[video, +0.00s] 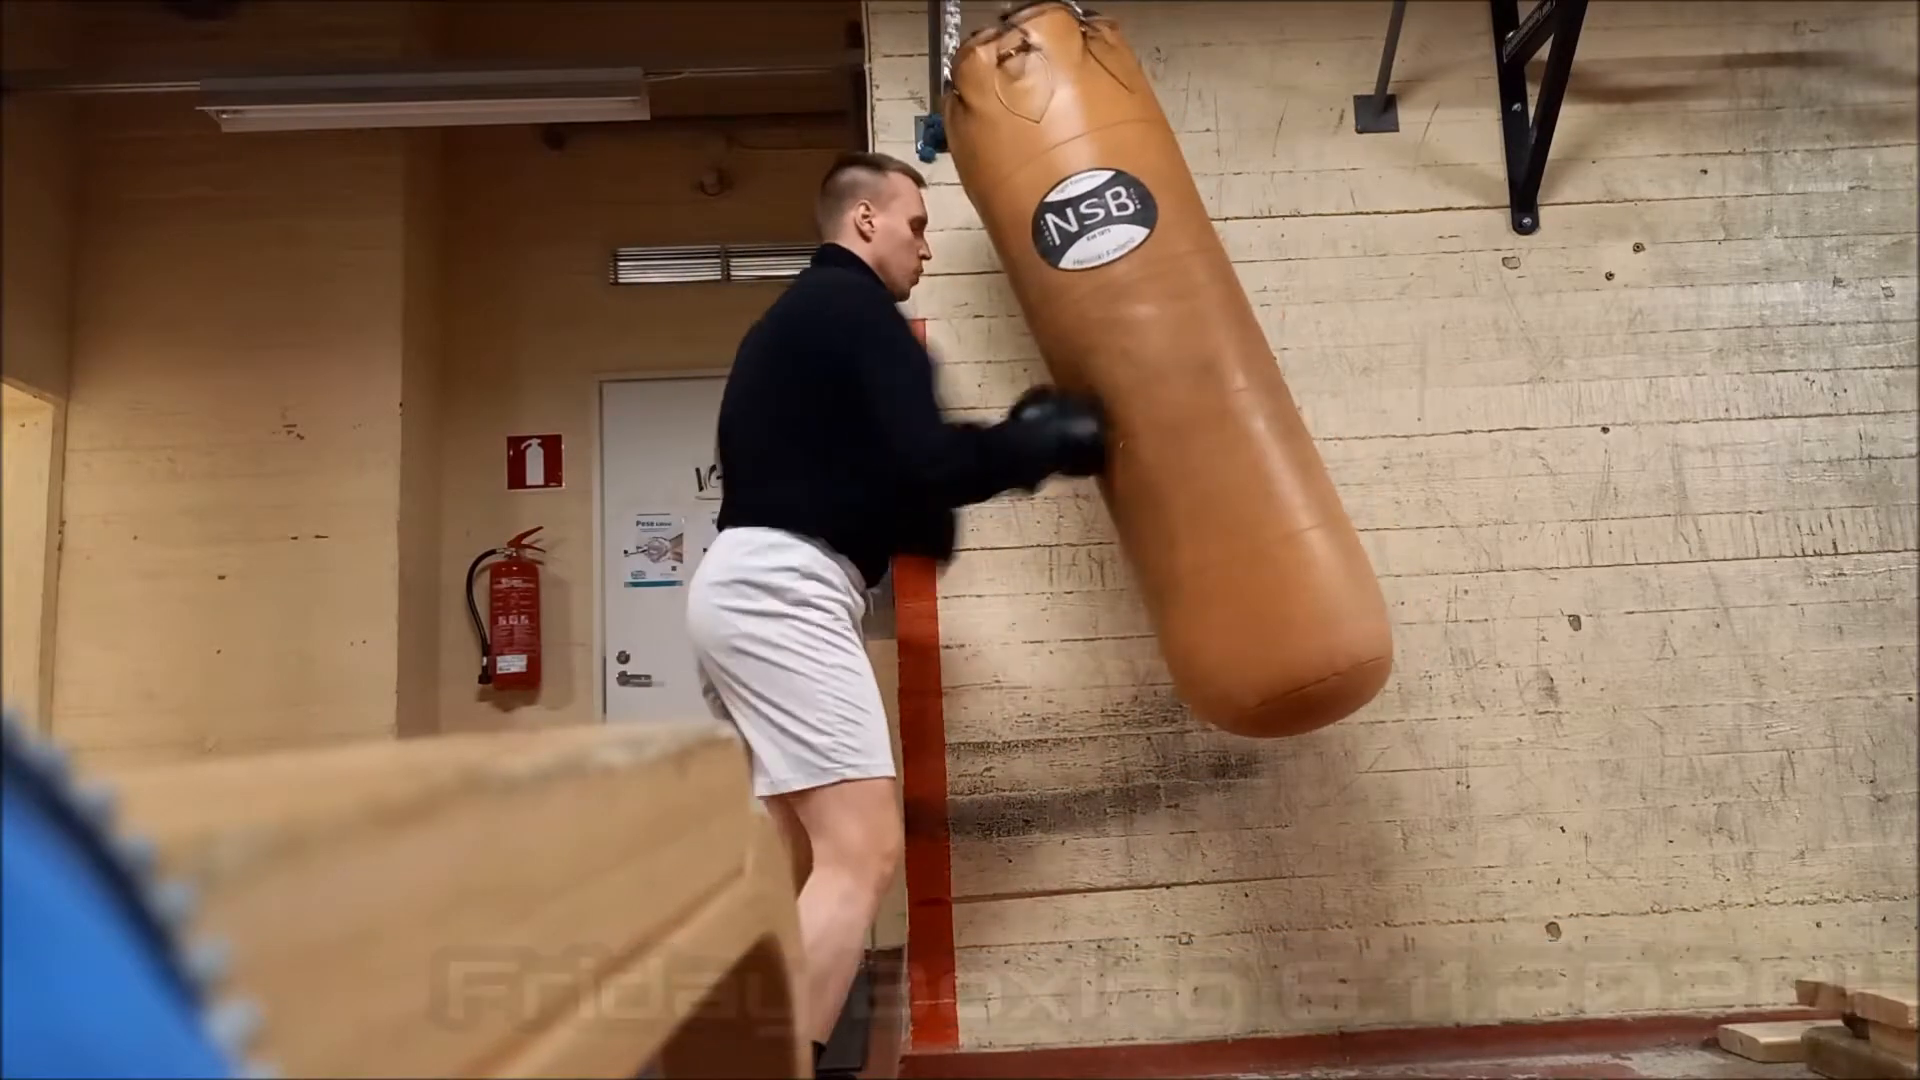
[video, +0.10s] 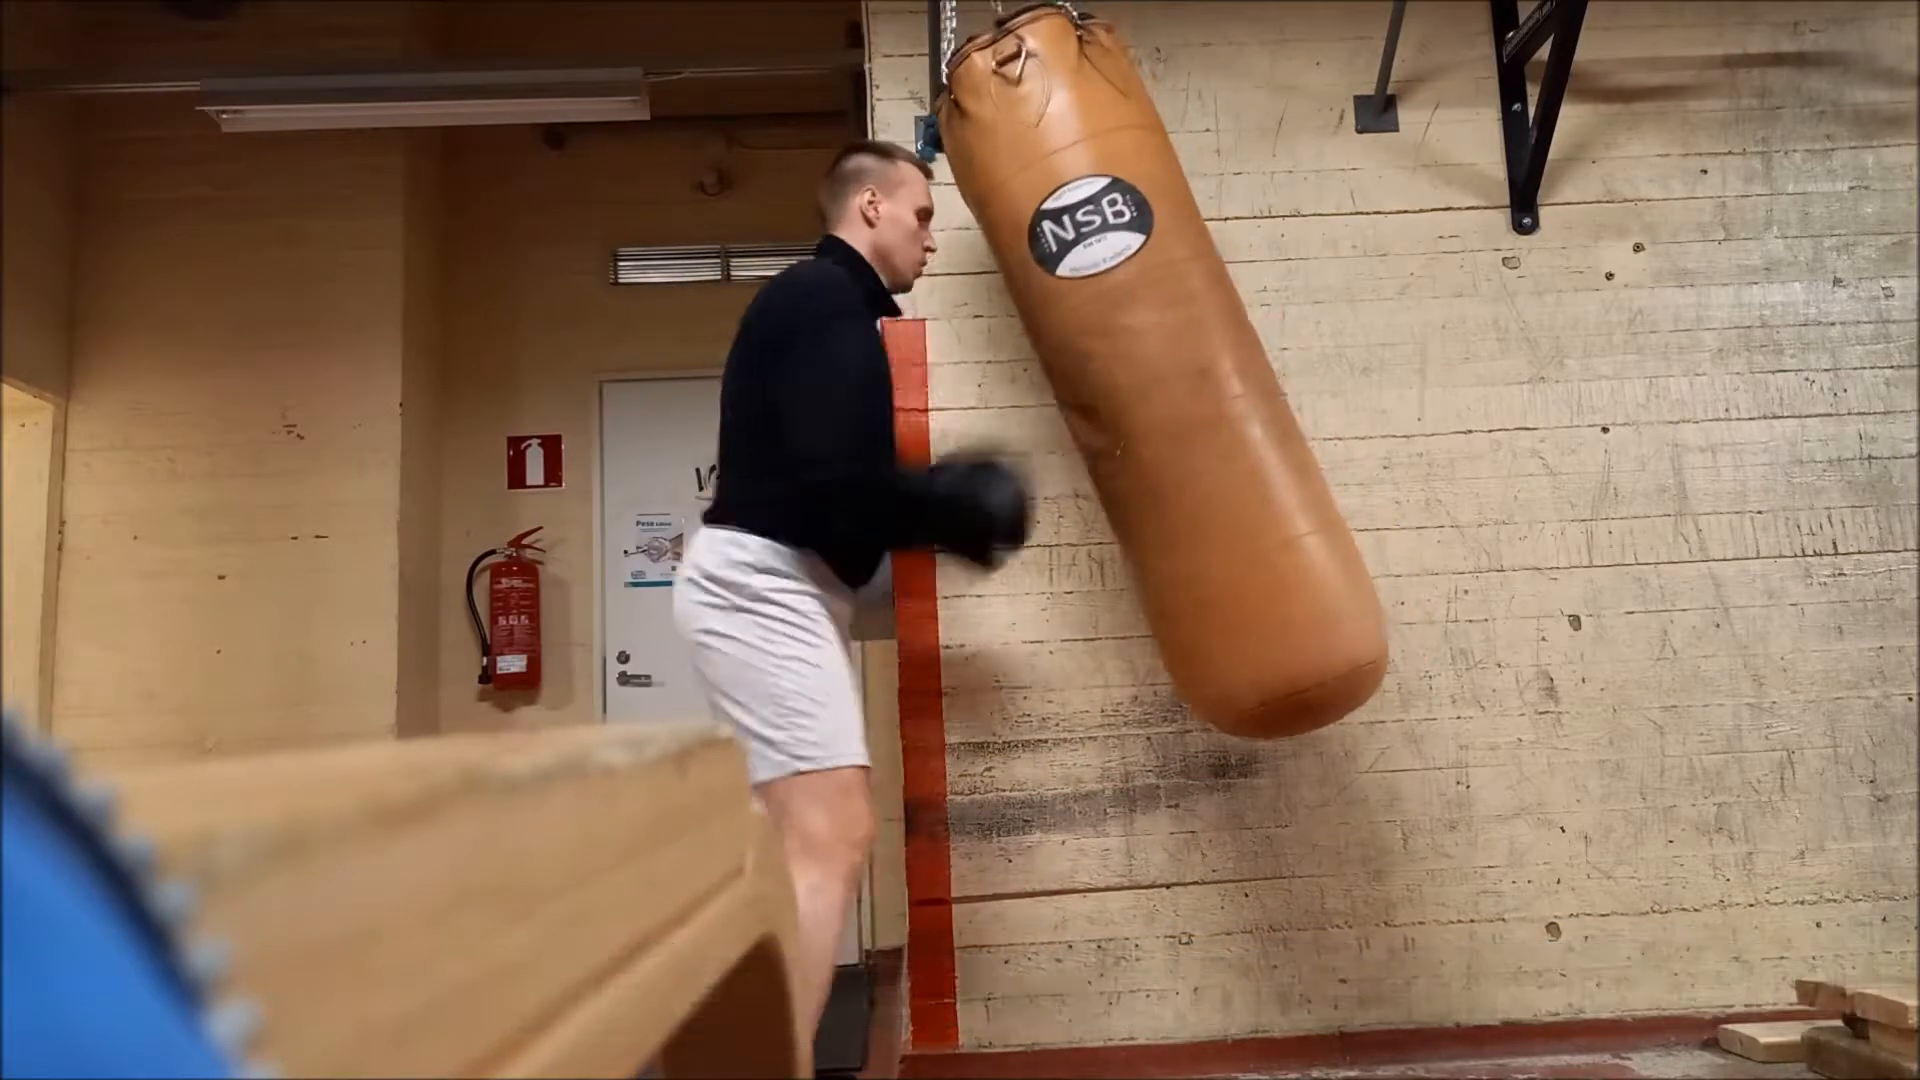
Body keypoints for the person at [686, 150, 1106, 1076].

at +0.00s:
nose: (927, 245)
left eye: (927, 228)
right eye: (916, 226)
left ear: (852, 227)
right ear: (865, 221)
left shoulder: (803, 313)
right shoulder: (854, 304)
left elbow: (894, 504)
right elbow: (922, 460)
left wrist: (992, 445)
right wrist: (1030, 444)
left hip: (735, 584)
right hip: (782, 588)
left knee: (793, 849)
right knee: (860, 847)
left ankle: (742, 1061)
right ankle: (784, 1067)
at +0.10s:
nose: (933, 239)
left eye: (932, 219)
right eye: (923, 217)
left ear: (865, 213)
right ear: (870, 207)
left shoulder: (832, 304)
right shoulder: (820, 303)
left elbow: (839, 484)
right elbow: (833, 479)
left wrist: (944, 499)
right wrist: (955, 503)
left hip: (790, 583)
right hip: (759, 581)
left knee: (785, 834)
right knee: (830, 836)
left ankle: (744, 1052)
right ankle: (778, 1060)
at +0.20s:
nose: (943, 240)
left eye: (943, 223)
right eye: (933, 220)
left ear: (886, 220)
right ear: (880, 214)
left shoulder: (905, 361)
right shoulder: (788, 302)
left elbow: (949, 486)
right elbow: (679, 443)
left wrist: (1026, 460)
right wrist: (730, 547)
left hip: (813, 604)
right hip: (742, 588)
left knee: (796, 827)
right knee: (812, 825)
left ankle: (747, 1048)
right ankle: (780, 1057)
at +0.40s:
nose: (920, 257)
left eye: (920, 238)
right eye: (914, 237)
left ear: (849, 238)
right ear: (867, 234)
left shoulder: (788, 328)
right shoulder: (820, 337)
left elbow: (889, 502)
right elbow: (899, 505)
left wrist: (979, 479)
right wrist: (985, 481)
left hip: (682, 585)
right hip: (749, 589)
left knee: (745, 837)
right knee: (832, 843)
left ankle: (699, 1051)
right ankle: (773, 1059)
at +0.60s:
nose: (914, 252)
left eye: (915, 234)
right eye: (907, 230)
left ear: (852, 224)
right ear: (858, 220)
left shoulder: (789, 315)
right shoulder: (816, 323)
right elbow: (839, 499)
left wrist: (931, 515)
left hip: (704, 589)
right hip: (739, 596)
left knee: (727, 847)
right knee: (812, 839)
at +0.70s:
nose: (923, 261)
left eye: (924, 242)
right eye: (915, 239)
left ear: (865, 234)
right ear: (865, 230)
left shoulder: (859, 354)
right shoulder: (770, 319)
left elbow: (854, 496)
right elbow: (670, 466)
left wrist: (965, 489)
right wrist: (712, 558)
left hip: (777, 605)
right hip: (726, 601)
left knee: (753, 838)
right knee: (811, 840)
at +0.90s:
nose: (916, 265)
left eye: (918, 246)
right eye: (908, 244)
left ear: (842, 240)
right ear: (858, 237)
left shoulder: (773, 315)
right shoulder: (833, 325)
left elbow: (821, 491)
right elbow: (829, 507)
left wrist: (926, 488)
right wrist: (938, 524)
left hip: (678, 580)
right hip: (744, 585)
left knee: (719, 843)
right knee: (835, 849)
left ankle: (689, 1047)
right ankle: (772, 1059)